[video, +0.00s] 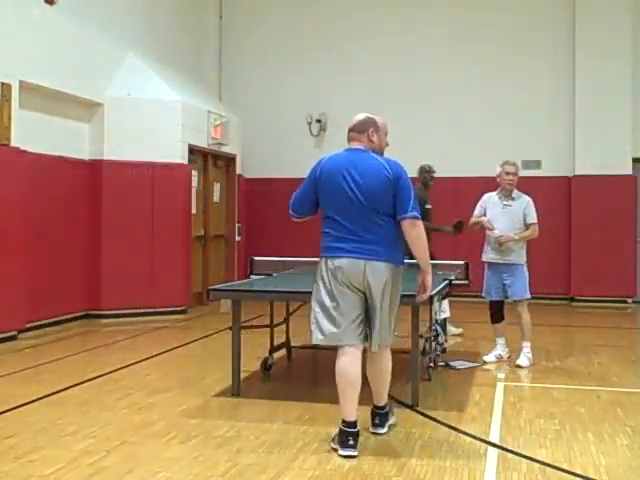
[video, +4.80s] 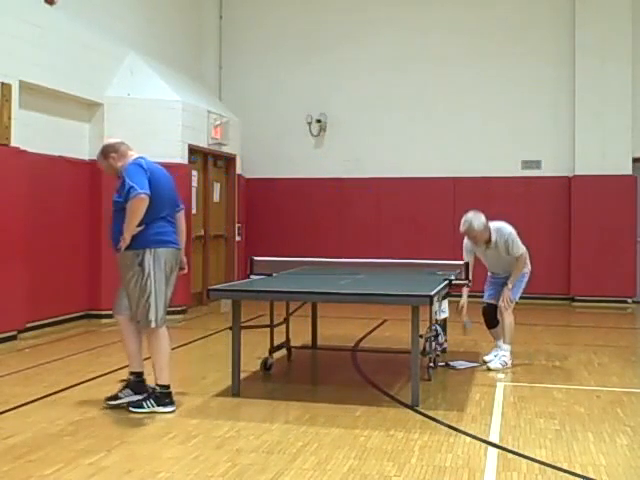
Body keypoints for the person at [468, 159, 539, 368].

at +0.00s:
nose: (510, 178)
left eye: (513, 175)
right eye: (506, 174)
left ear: (518, 178)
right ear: (498, 177)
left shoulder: (525, 202)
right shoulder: (487, 199)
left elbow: (533, 231)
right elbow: (471, 222)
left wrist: (512, 237)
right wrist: (481, 220)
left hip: (516, 262)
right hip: (493, 261)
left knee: (521, 305)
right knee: (495, 304)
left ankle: (526, 348)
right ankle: (500, 347)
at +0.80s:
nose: (508, 178)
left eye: (513, 174)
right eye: (505, 174)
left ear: (522, 177)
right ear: (501, 177)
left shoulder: (531, 200)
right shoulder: (494, 199)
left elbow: (538, 227)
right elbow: (486, 225)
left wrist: (518, 210)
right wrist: (480, 225)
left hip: (520, 260)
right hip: (497, 259)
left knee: (523, 305)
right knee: (497, 305)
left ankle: (526, 349)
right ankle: (501, 347)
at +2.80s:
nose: (502, 187)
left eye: (505, 183)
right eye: (499, 183)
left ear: (517, 180)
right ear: (497, 183)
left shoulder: (531, 200)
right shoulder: (495, 198)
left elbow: (537, 228)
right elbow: (483, 224)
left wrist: (512, 224)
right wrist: (483, 215)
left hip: (520, 261)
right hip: (498, 259)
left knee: (523, 305)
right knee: (498, 304)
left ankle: (526, 349)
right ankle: (501, 347)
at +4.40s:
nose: (483, 194)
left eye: (486, 189)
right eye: (481, 190)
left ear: (497, 184)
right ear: (479, 188)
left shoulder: (513, 203)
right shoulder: (478, 203)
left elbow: (523, 234)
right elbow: (470, 227)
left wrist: (500, 252)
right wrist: (474, 240)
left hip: (508, 263)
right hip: (487, 263)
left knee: (505, 303)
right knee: (491, 304)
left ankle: (513, 349)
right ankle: (500, 345)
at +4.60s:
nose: (476, 209)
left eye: (479, 206)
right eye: (474, 206)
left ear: (490, 200)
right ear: (473, 203)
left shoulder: (509, 212)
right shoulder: (474, 213)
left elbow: (518, 244)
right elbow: (472, 240)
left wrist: (504, 269)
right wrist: (473, 261)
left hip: (510, 263)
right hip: (489, 264)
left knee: (506, 305)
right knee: (489, 306)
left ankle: (506, 352)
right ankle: (499, 346)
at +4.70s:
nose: (471, 223)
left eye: (474, 220)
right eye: (470, 220)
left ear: (485, 214)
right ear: (469, 216)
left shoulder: (507, 222)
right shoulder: (471, 227)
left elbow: (519, 251)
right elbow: (470, 254)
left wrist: (507, 280)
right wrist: (469, 282)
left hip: (514, 267)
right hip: (492, 268)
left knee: (504, 306)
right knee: (488, 309)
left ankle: (506, 352)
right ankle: (500, 346)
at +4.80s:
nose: (470, 239)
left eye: (472, 235)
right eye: (468, 236)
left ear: (483, 229)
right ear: (466, 233)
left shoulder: (505, 232)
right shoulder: (469, 242)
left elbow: (522, 257)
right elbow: (467, 271)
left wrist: (509, 286)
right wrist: (464, 296)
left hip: (517, 271)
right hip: (495, 273)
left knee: (504, 307)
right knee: (488, 310)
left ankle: (506, 352)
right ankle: (499, 347)